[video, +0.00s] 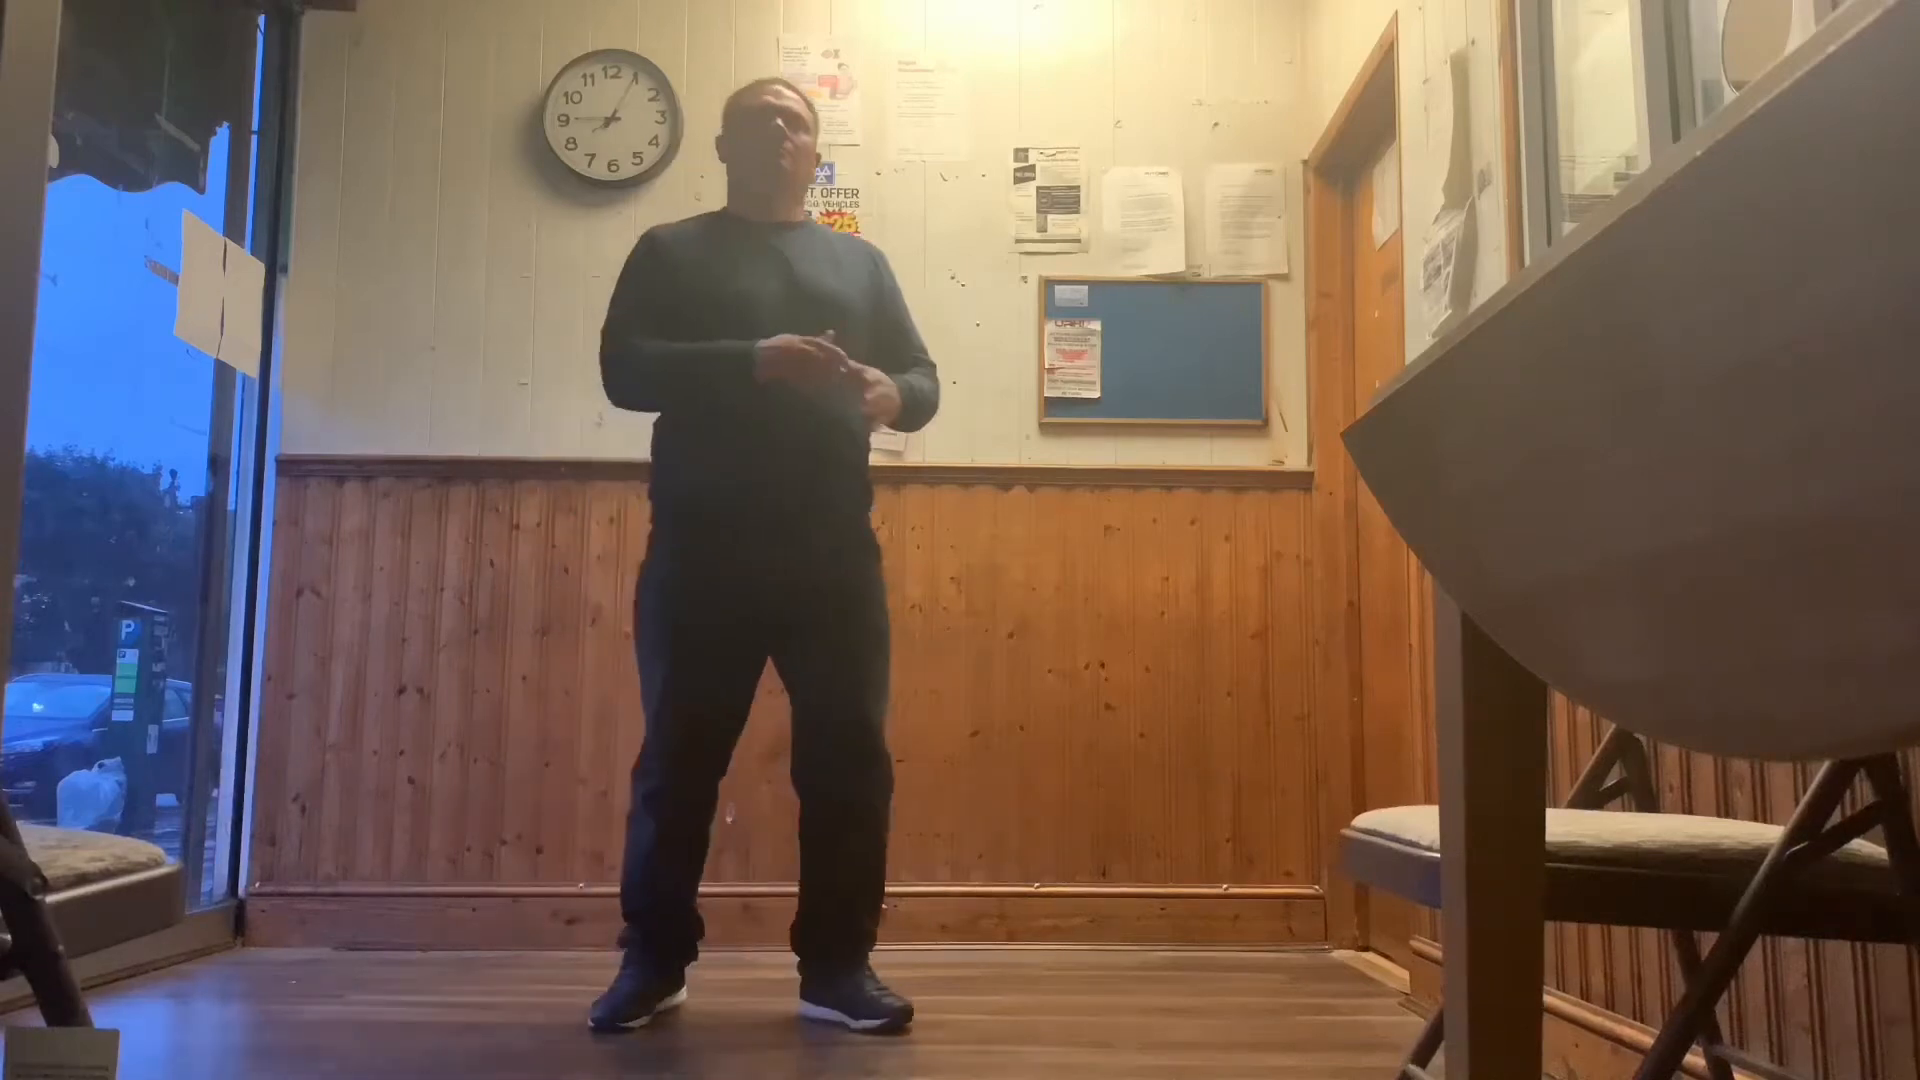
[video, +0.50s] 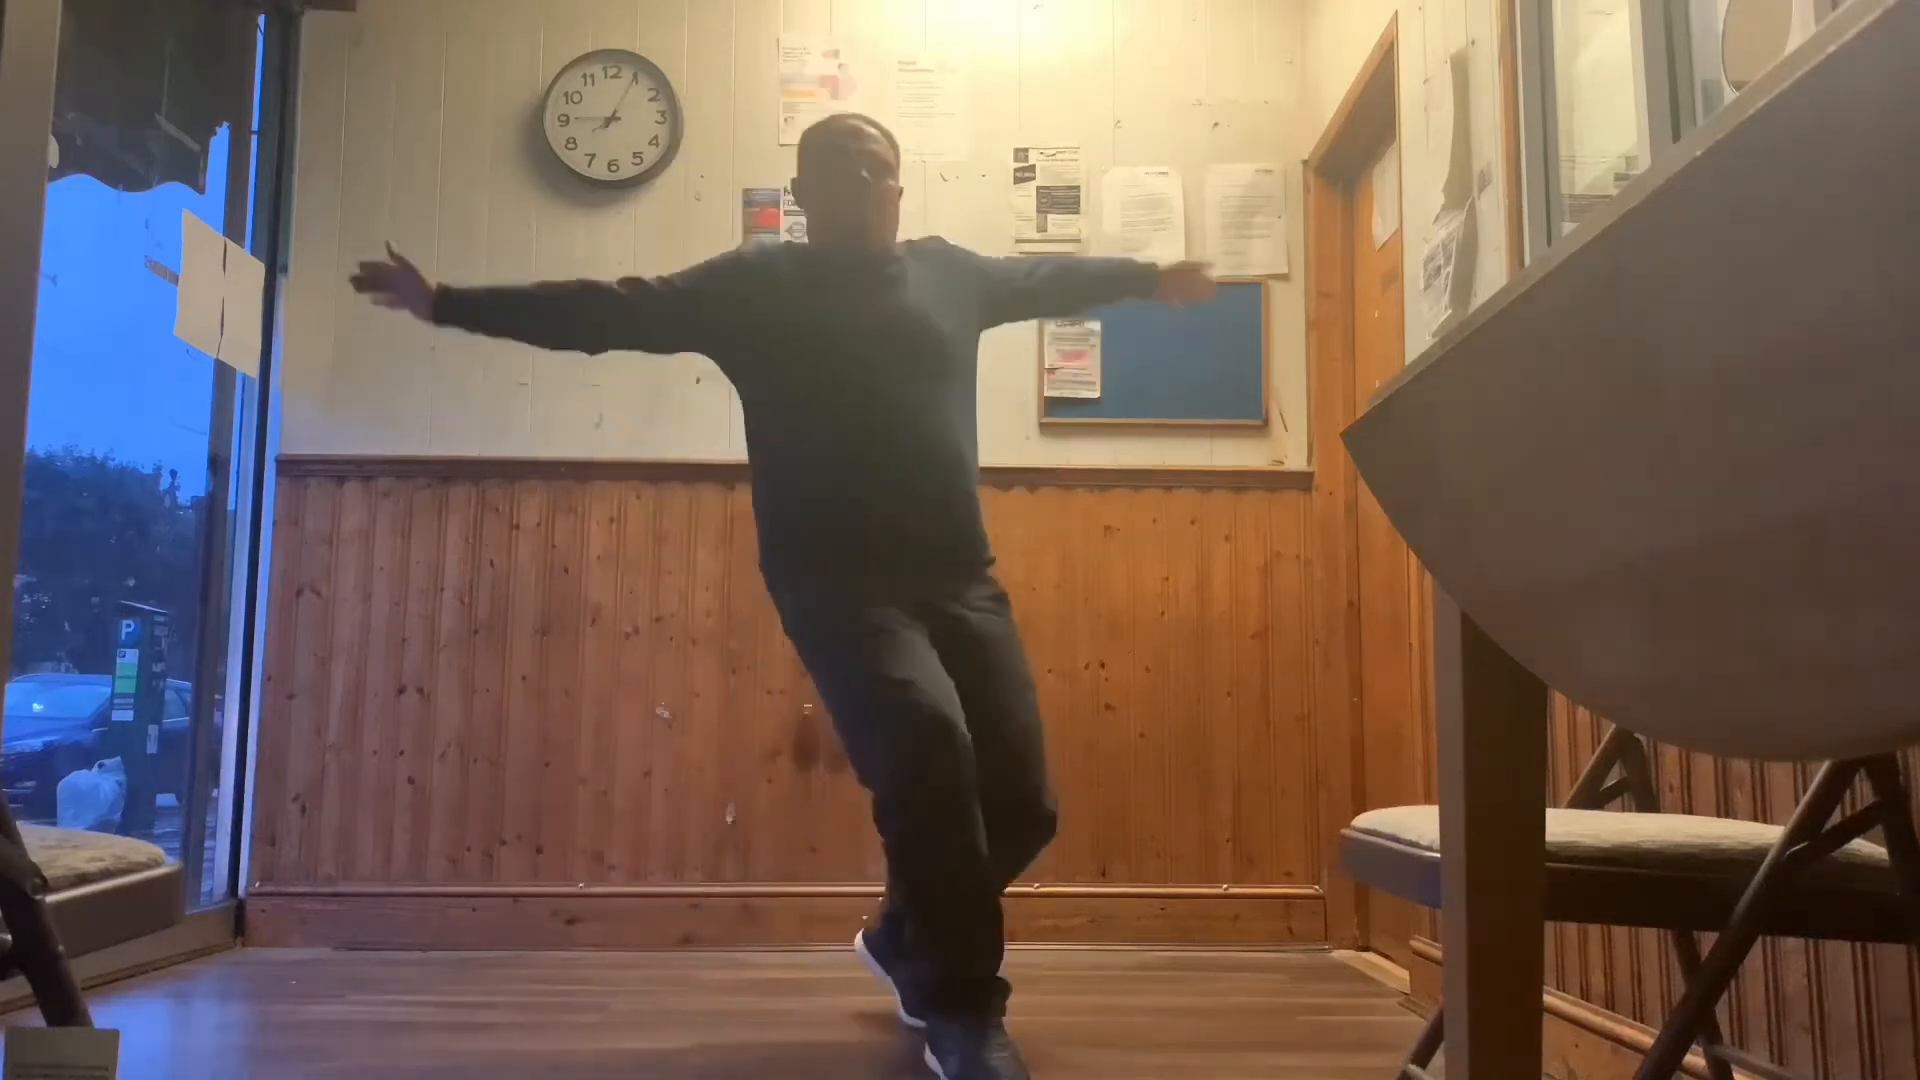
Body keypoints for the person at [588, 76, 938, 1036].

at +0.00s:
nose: (778, 128)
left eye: (794, 120)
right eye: (757, 115)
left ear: (818, 156)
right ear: (720, 149)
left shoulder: (859, 263)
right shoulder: (670, 251)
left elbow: (922, 385)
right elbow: (623, 372)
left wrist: (894, 395)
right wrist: (756, 359)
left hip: (831, 553)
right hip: (702, 551)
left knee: (851, 765)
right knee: (676, 766)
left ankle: (837, 971)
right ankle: (651, 965)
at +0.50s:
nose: (875, 186)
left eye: (885, 170)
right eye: (851, 170)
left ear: (903, 189)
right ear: (803, 193)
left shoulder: (948, 276)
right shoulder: (753, 288)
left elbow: (1052, 278)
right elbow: (607, 312)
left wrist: (1153, 278)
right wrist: (444, 303)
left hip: (962, 576)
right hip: (842, 586)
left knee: (1022, 803)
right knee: (931, 756)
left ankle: (910, 936)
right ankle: (966, 1021)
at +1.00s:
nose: (729, 109)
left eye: (749, 99)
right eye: (715, 95)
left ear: (781, 128)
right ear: (691, 119)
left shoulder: (813, 224)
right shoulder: (636, 206)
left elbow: (889, 294)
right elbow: (530, 245)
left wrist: (819, 218)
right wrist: (554, 163)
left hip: (779, 521)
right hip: (656, 515)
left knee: (801, 726)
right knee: (607, 730)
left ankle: (822, 916)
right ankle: (596, 933)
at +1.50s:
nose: (628, 229)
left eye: (648, 211)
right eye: (619, 209)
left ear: (698, 217)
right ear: (604, 213)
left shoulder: (740, 335)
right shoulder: (565, 281)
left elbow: (852, 415)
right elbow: (454, 272)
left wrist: (965, 487)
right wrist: (331, 252)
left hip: (597, 587)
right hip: (490, 566)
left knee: (455, 752)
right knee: (456, 765)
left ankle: (372, 992)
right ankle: (588, 938)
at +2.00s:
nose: (763, 118)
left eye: (776, 105)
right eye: (743, 107)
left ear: (797, 124)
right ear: (708, 128)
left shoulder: (837, 199)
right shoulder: (680, 214)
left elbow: (927, 263)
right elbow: (616, 252)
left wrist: (852, 270)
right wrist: (705, 174)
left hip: (833, 499)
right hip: (713, 504)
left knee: (875, 694)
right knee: (676, 708)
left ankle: (885, 879)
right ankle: (665, 893)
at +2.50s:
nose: (919, 246)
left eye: (929, 231)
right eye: (898, 229)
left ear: (942, 247)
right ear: (851, 243)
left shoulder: (982, 323)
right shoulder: (801, 337)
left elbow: (1081, 352)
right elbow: (677, 373)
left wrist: (1163, 387)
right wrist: (533, 395)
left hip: (1008, 597)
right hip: (903, 606)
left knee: (1074, 801)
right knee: (1015, 751)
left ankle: (949, 896)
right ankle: (1052, 983)